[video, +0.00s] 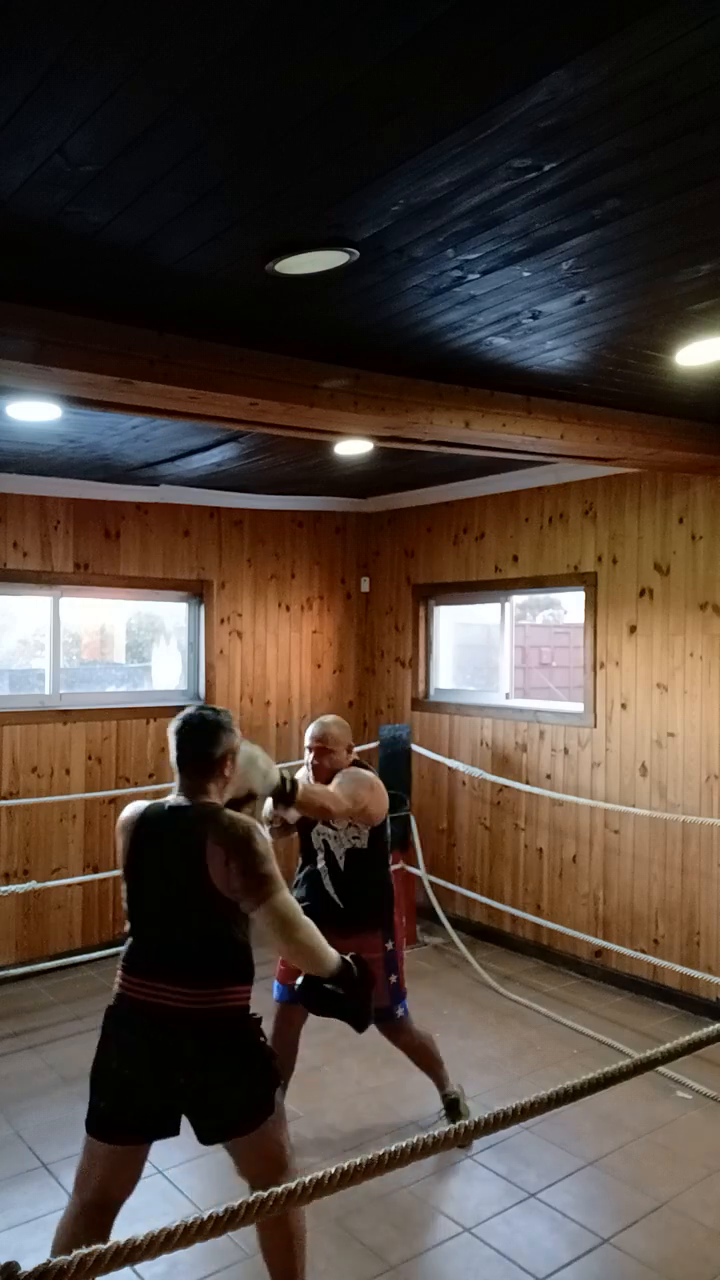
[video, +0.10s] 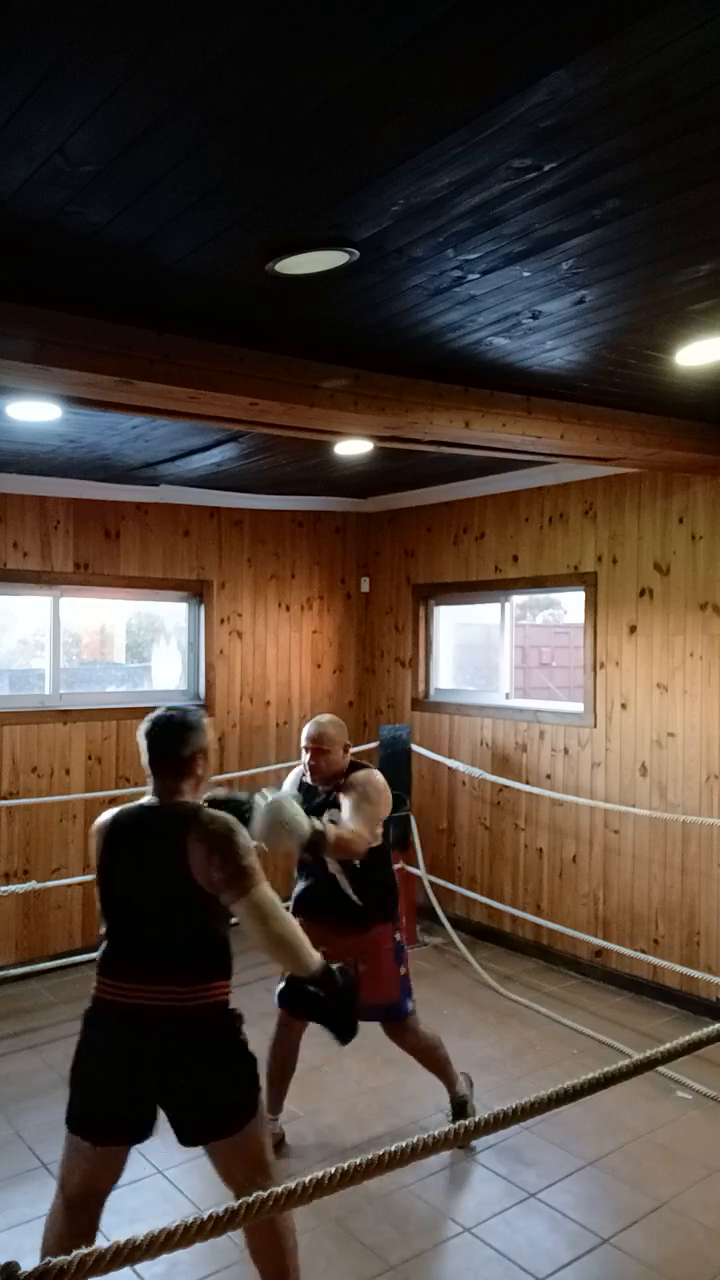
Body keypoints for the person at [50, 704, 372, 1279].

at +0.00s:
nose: (238, 763)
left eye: (236, 754)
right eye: (237, 754)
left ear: (175, 759)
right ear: (226, 763)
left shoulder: (132, 823)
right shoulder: (241, 836)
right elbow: (291, 933)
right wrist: (342, 972)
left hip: (134, 1036)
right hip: (220, 1042)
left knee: (93, 1200)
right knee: (275, 1189)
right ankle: (290, 1275)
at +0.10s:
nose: (210, 764)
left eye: (205, 755)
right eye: (207, 754)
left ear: (146, 762)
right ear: (200, 762)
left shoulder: (107, 828)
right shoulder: (218, 833)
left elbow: (138, 906)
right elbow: (271, 923)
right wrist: (323, 976)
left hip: (113, 1037)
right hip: (199, 1039)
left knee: (77, 1194)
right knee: (257, 1188)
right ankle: (283, 1276)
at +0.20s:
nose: (180, 768)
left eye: (178, 758)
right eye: (177, 759)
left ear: (113, 768)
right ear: (164, 767)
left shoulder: (70, 840)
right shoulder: (188, 836)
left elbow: (87, 932)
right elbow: (242, 923)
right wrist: (289, 993)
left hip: (84, 1044)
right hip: (172, 1046)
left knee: (58, 1198)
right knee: (238, 1192)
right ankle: (277, 1274)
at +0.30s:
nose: (155, 767)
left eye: (153, 757)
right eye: (152, 757)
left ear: (88, 767)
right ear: (133, 765)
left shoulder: (39, 841)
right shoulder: (164, 831)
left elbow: (18, 935)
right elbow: (212, 920)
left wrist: (80, 917)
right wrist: (251, 1005)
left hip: (63, 1041)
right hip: (151, 1040)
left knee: (52, 1194)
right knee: (212, 1175)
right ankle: (247, 1270)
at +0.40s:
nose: (140, 752)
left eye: (137, 742)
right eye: (136, 743)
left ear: (74, 755)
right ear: (119, 752)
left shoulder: (27, 824)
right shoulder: (148, 816)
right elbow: (194, 906)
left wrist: (27, 933)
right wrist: (226, 983)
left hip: (55, 1016)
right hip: (141, 1014)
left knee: (48, 1177)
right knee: (172, 1134)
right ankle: (175, 1266)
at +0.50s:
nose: (135, 750)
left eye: (133, 739)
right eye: (130, 740)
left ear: (69, 753)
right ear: (110, 749)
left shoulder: (20, 818)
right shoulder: (135, 810)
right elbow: (183, 896)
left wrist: (4, 946)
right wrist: (212, 958)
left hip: (45, 1002)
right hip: (128, 1001)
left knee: (44, 1181)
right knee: (133, 1123)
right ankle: (122, 1248)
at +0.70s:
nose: (139, 767)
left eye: (136, 757)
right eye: (137, 758)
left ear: (79, 758)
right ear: (123, 762)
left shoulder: (28, 815)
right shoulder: (138, 824)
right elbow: (186, 914)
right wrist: (198, 921)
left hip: (30, 992)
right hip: (104, 994)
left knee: (28, 1149)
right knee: (96, 1096)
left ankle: (31, 1274)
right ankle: (83, 1217)